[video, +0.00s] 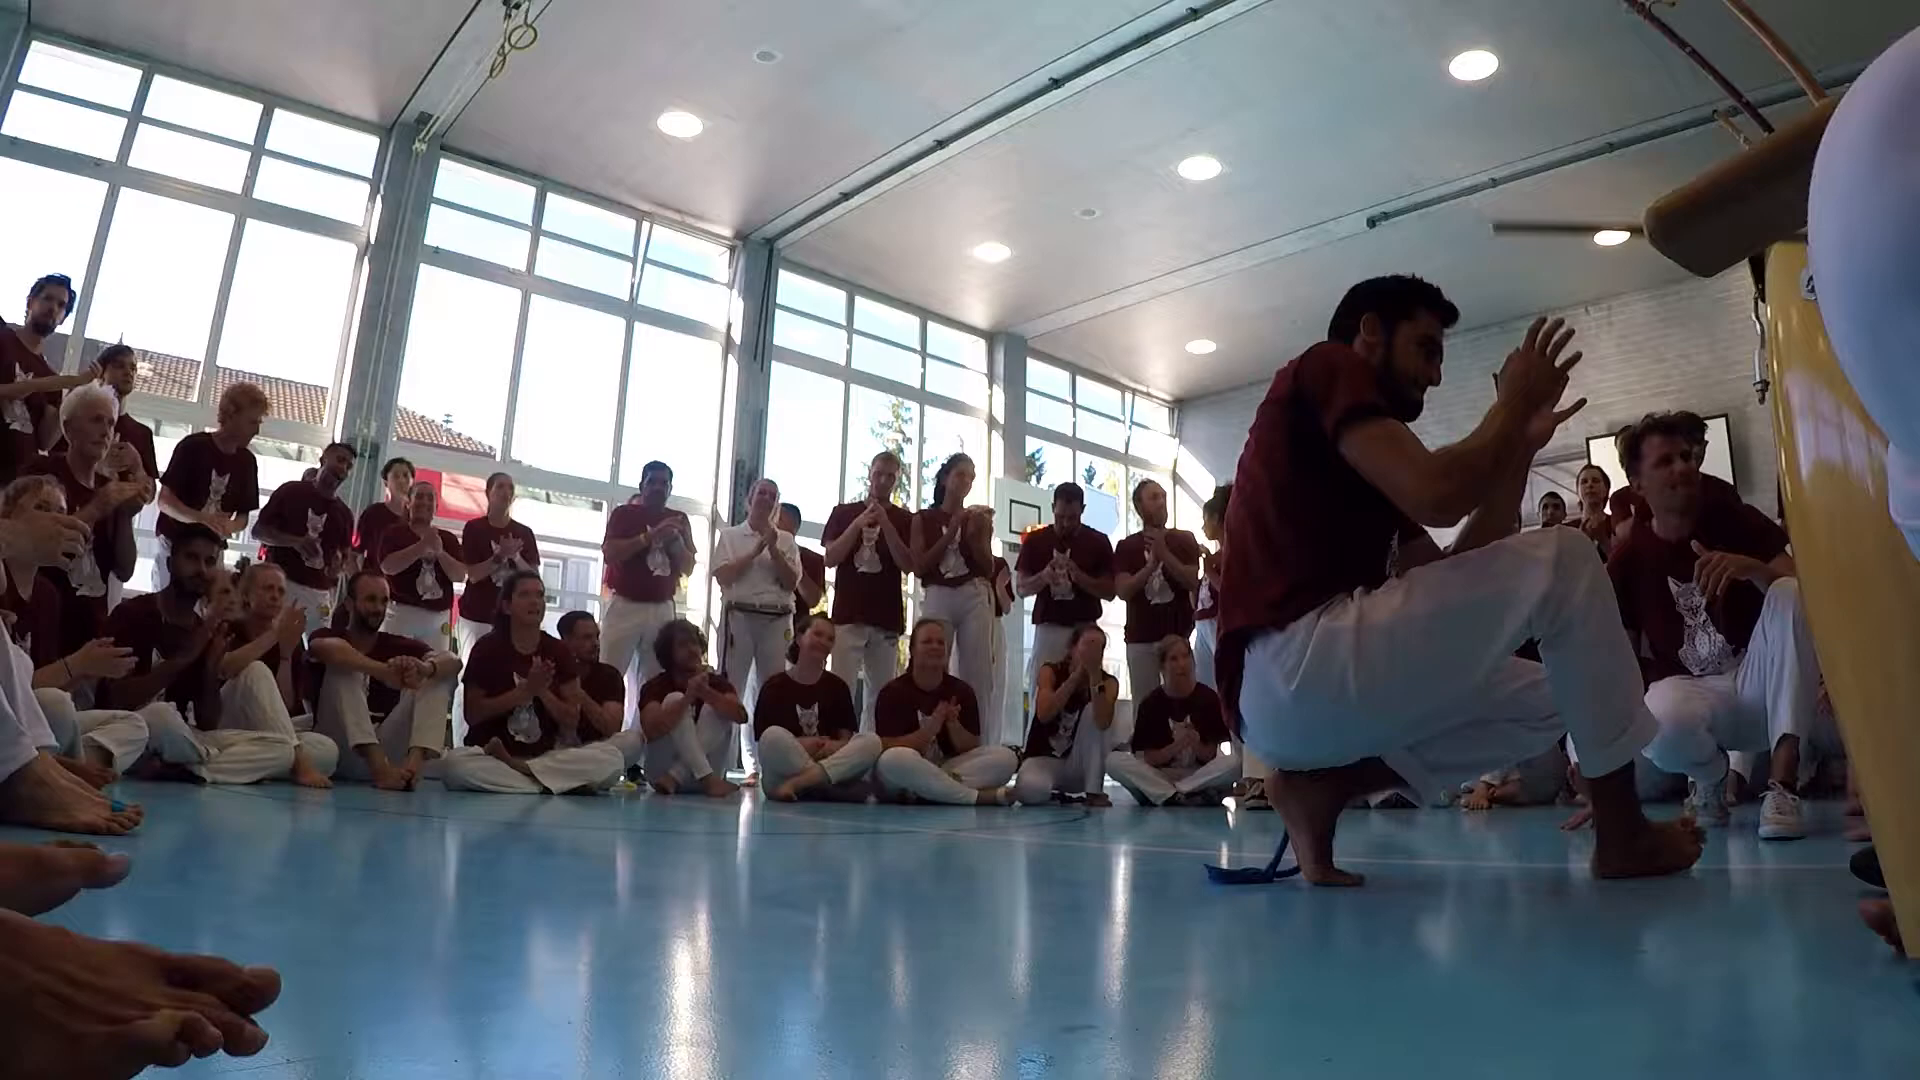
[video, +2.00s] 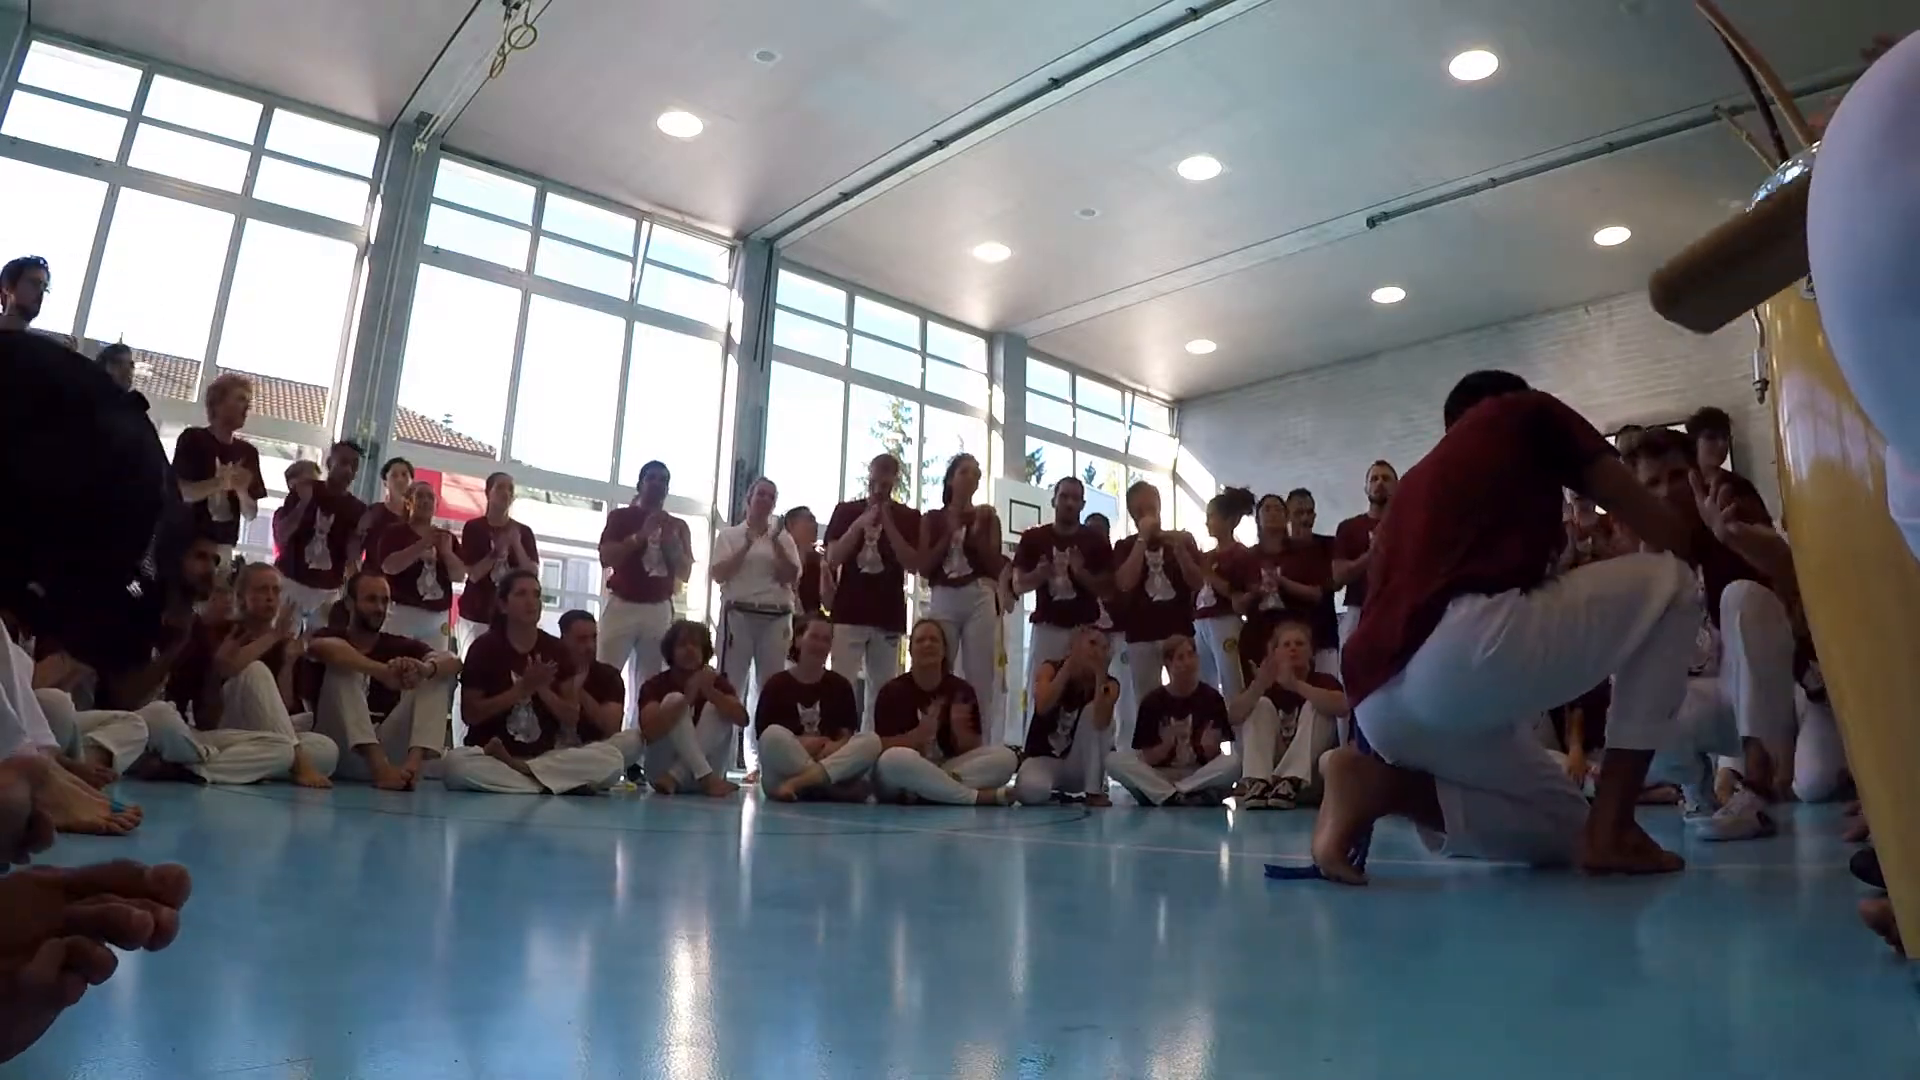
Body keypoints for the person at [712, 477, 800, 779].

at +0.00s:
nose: (765, 498)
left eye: (771, 495)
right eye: (761, 493)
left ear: (777, 503)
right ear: (749, 498)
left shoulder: (786, 539)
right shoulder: (730, 534)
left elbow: (791, 583)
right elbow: (724, 577)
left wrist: (774, 548)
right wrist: (757, 548)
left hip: (777, 619)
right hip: (738, 617)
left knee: (774, 690)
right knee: (730, 688)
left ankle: (769, 762)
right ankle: (722, 763)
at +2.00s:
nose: (763, 499)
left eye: (769, 496)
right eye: (759, 494)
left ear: (775, 503)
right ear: (748, 497)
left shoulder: (783, 537)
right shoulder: (729, 534)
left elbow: (791, 576)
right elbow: (718, 574)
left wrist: (777, 547)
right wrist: (746, 546)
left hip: (776, 617)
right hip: (737, 615)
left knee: (772, 688)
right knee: (731, 686)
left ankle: (769, 757)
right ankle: (726, 757)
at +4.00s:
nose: (765, 500)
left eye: (770, 496)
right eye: (761, 494)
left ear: (775, 502)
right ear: (748, 497)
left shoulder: (783, 535)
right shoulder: (731, 532)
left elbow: (785, 577)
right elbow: (722, 573)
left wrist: (785, 543)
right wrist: (733, 540)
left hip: (775, 616)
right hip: (737, 614)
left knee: (772, 690)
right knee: (731, 689)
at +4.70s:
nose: (763, 500)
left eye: (768, 496)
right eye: (759, 494)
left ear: (773, 503)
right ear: (747, 496)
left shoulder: (784, 539)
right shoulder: (727, 535)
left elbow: (788, 577)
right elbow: (719, 572)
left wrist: (778, 541)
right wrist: (740, 539)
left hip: (775, 618)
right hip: (736, 617)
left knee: (771, 692)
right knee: (729, 691)